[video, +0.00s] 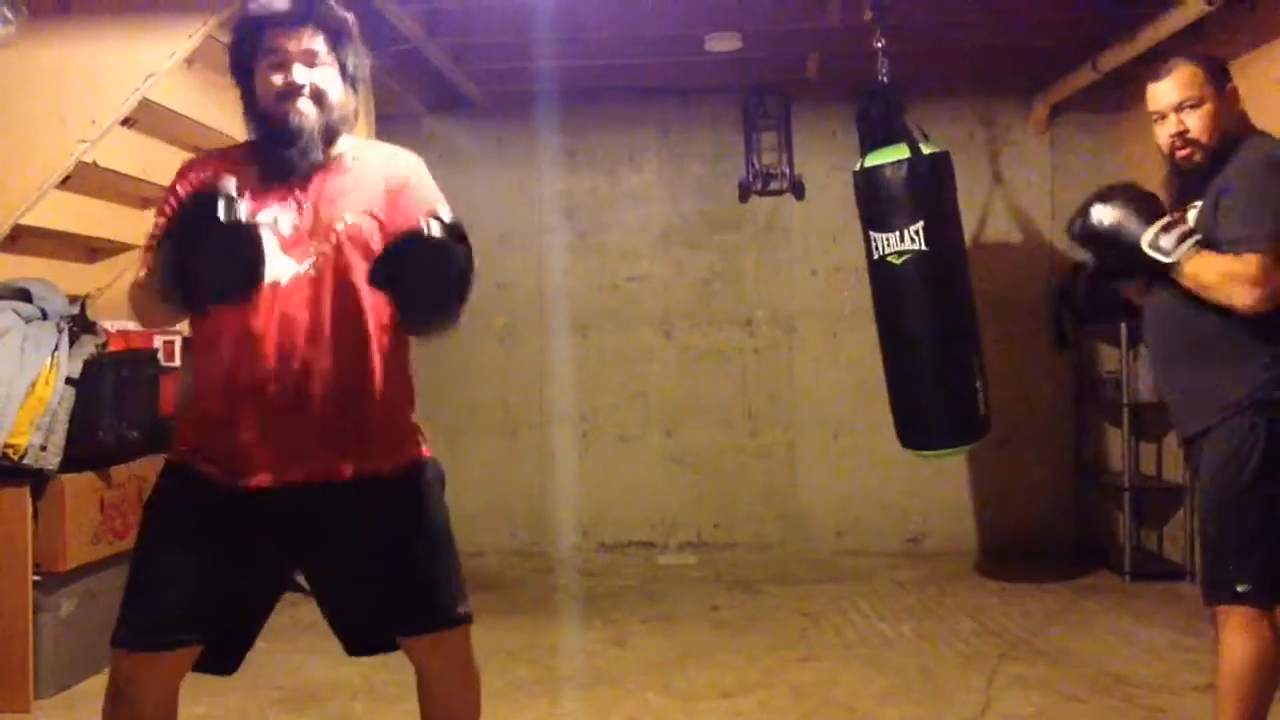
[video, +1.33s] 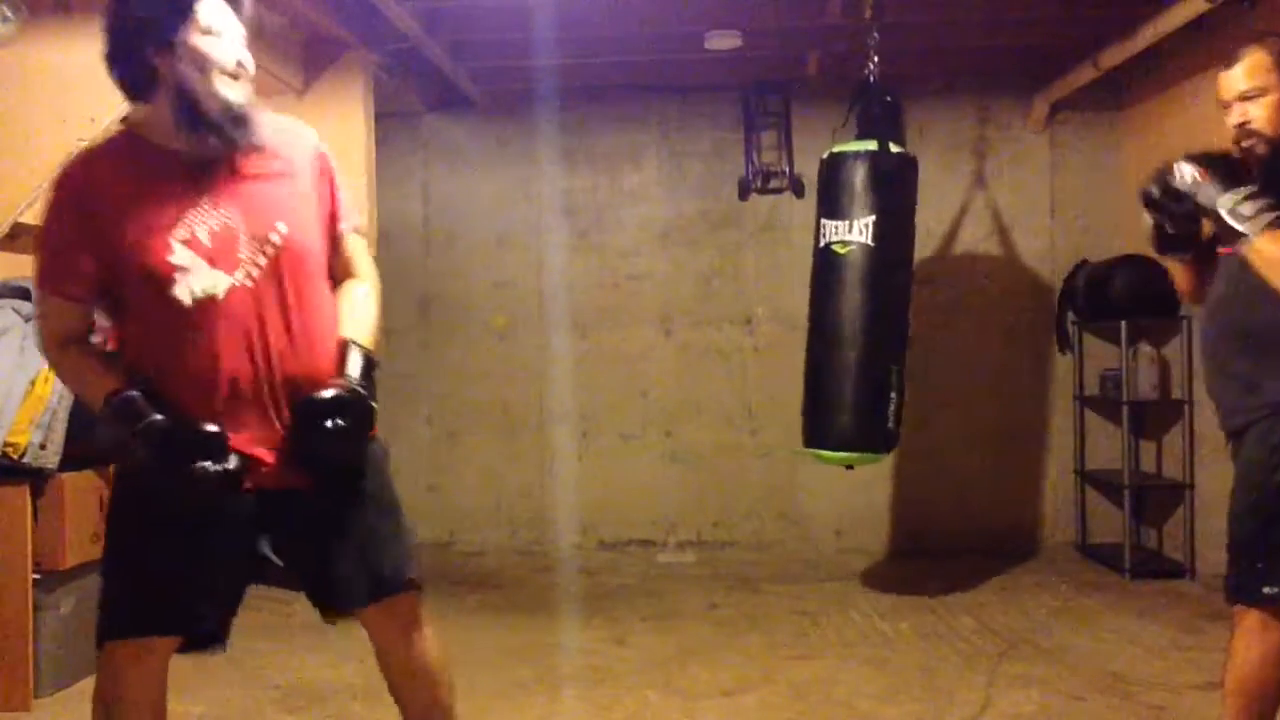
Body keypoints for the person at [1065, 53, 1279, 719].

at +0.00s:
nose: (1174, 129)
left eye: (1188, 108)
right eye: (1160, 117)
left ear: (1230, 98)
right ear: (1151, 122)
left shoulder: (1258, 164)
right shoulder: (1199, 184)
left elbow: (1256, 288)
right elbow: (1182, 305)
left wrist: (1166, 248)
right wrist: (1128, 270)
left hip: (1249, 421)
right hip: (1218, 422)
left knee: (1241, 605)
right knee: (1245, 601)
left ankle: (1236, 716)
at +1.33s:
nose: (1238, 117)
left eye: (1253, 97)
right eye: (1228, 106)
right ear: (1223, 117)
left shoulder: (1274, 195)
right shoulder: (1242, 196)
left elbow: (1275, 280)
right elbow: (1193, 291)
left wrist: (1243, 220)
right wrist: (1177, 231)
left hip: (1272, 421)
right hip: (1248, 423)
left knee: (1256, 602)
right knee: (1254, 599)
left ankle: (1242, 711)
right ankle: (1250, 706)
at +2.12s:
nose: (1189, 112)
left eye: (1204, 90)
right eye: (1185, 97)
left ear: (1261, 81)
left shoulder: (1266, 165)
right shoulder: (1233, 174)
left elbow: (1254, 278)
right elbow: (1204, 273)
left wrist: (1144, 238)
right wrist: (1115, 255)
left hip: (1250, 420)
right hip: (1222, 419)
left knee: (1221, 614)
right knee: (1223, 612)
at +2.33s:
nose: (1108, 106)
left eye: (1118, 85)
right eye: (1104, 90)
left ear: (1176, 75)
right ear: (1173, 81)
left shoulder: (1214, 147)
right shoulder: (1176, 152)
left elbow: (1151, 267)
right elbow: (1117, 261)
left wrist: (1046, 233)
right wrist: (1027, 221)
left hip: (1226, 412)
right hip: (1205, 411)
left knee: (1195, 608)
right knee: (1196, 605)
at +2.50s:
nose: (1041, 118)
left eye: (1054, 96)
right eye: (1039, 102)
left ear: (1111, 85)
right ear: (1108, 91)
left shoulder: (1151, 150)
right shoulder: (1125, 153)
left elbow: (1046, 261)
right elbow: (1053, 254)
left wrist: (952, 202)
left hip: (1225, 413)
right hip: (1207, 409)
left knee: (1188, 610)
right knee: (1191, 608)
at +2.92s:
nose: (1053, 116)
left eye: (1064, 94)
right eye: (1051, 100)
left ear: (1118, 80)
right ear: (1113, 87)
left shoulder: (1164, 151)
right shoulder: (1123, 160)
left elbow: (1081, 282)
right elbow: (1046, 270)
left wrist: (983, 266)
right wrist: (946, 260)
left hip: (1227, 417)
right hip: (1196, 416)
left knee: (1189, 609)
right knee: (1187, 606)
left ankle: (1191, 715)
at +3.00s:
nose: (1080, 108)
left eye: (1092, 87)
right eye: (1077, 92)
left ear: (1148, 77)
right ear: (1147, 83)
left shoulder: (1188, 148)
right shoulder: (1169, 150)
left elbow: (1156, 299)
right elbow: (1133, 287)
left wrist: (1029, 299)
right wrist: (1028, 296)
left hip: (1224, 425)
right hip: (1205, 421)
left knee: (1178, 612)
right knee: (1184, 608)